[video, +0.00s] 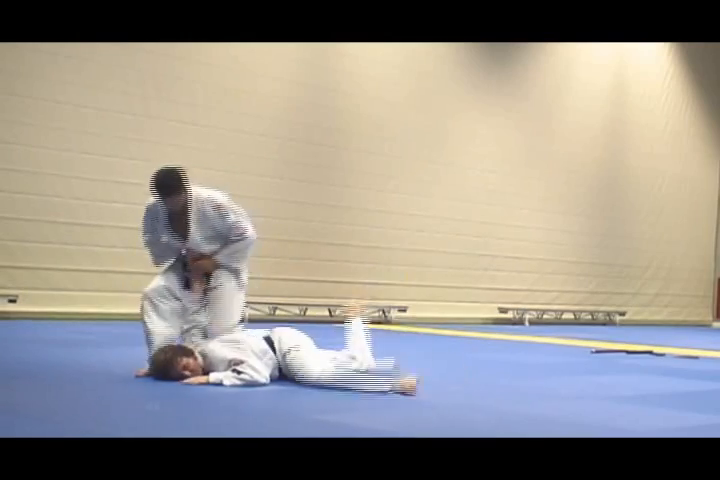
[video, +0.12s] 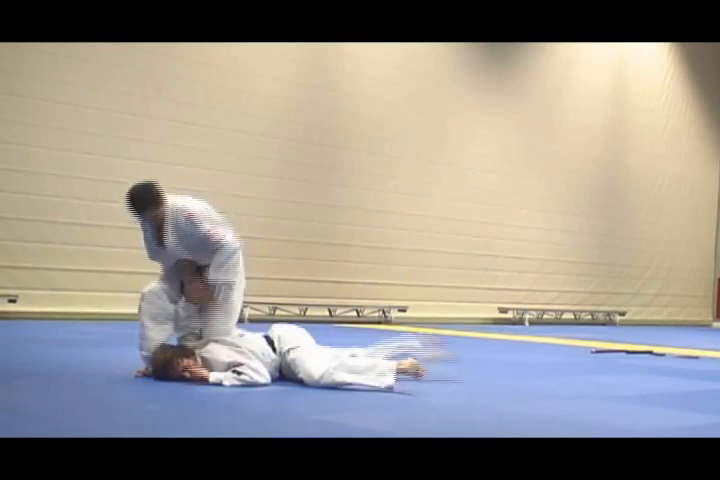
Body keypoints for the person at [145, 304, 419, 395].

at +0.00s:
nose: (189, 375)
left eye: (185, 370)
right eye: (181, 374)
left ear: (189, 356)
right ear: (182, 359)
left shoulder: (217, 353)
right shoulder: (200, 351)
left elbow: (259, 375)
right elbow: (173, 355)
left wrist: (210, 380)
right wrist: (155, 368)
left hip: (282, 342)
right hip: (280, 355)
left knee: (311, 374)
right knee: (357, 363)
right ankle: (355, 320)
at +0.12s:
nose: (190, 372)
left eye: (188, 366)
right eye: (183, 373)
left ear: (190, 355)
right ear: (177, 374)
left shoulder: (216, 352)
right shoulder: (199, 356)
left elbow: (260, 376)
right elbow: (173, 359)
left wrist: (212, 378)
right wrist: (156, 368)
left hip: (282, 342)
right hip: (279, 356)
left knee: (314, 373)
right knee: (335, 360)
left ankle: (392, 370)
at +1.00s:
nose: (188, 374)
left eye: (185, 368)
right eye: (181, 374)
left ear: (189, 357)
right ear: (180, 368)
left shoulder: (215, 353)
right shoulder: (201, 356)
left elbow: (259, 374)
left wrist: (214, 378)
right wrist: (159, 369)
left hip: (281, 348)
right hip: (281, 352)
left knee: (314, 373)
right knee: (353, 363)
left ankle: (397, 381)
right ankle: (428, 368)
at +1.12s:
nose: (188, 372)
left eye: (185, 366)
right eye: (180, 372)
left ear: (190, 357)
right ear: (175, 369)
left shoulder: (217, 356)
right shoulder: (190, 350)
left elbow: (258, 374)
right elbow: (186, 317)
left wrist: (210, 381)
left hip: (283, 348)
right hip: (283, 351)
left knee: (316, 373)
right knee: (350, 365)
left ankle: (400, 382)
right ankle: (424, 368)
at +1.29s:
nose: (188, 373)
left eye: (183, 368)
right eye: (180, 374)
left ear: (189, 355)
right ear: (181, 368)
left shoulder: (215, 354)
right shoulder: (202, 352)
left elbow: (260, 375)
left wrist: (214, 380)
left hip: (282, 348)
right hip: (281, 350)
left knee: (317, 374)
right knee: (353, 363)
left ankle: (397, 381)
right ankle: (427, 367)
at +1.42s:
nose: (187, 370)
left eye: (184, 365)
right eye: (181, 372)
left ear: (188, 355)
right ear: (180, 370)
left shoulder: (212, 352)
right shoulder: (198, 353)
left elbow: (259, 373)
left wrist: (213, 379)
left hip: (280, 347)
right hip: (280, 349)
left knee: (316, 373)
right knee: (351, 363)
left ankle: (399, 381)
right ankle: (427, 369)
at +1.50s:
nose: (189, 371)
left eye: (185, 366)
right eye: (182, 372)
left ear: (188, 354)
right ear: (182, 370)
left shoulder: (212, 351)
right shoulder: (204, 356)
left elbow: (259, 373)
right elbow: (235, 365)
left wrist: (213, 379)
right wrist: (207, 368)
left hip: (280, 346)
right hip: (281, 351)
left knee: (315, 373)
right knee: (351, 364)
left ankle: (399, 381)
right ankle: (427, 369)